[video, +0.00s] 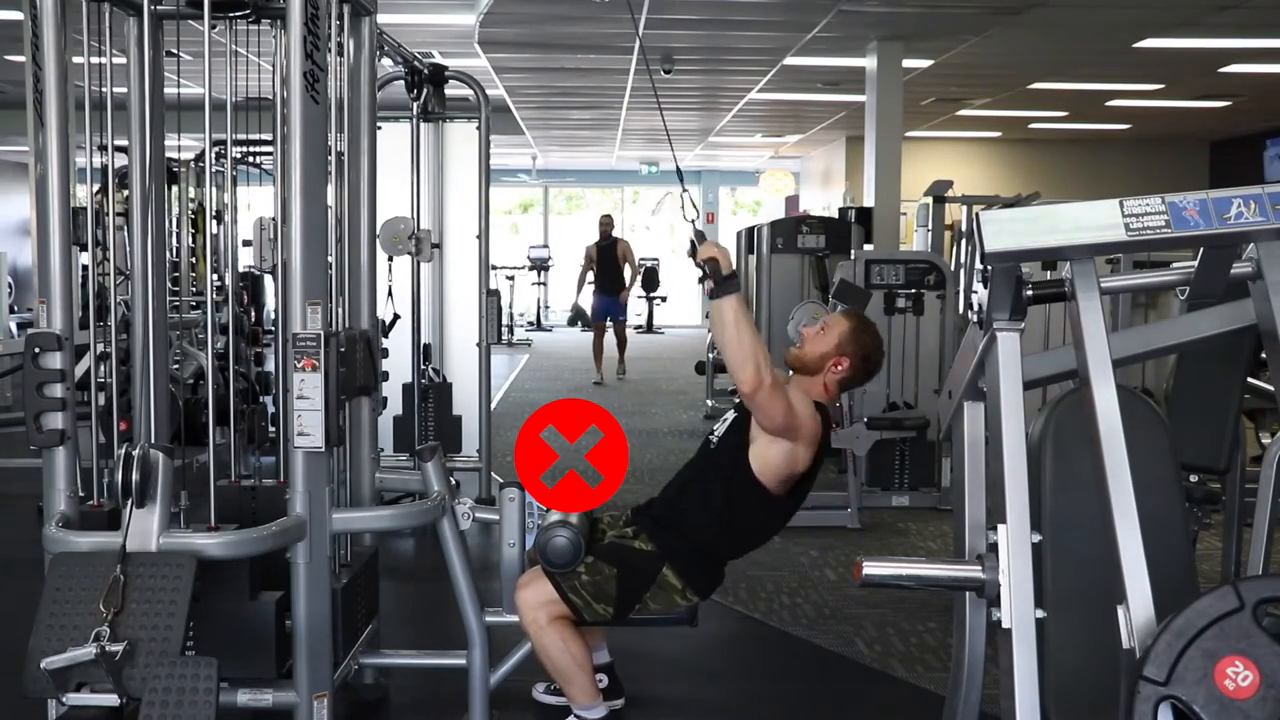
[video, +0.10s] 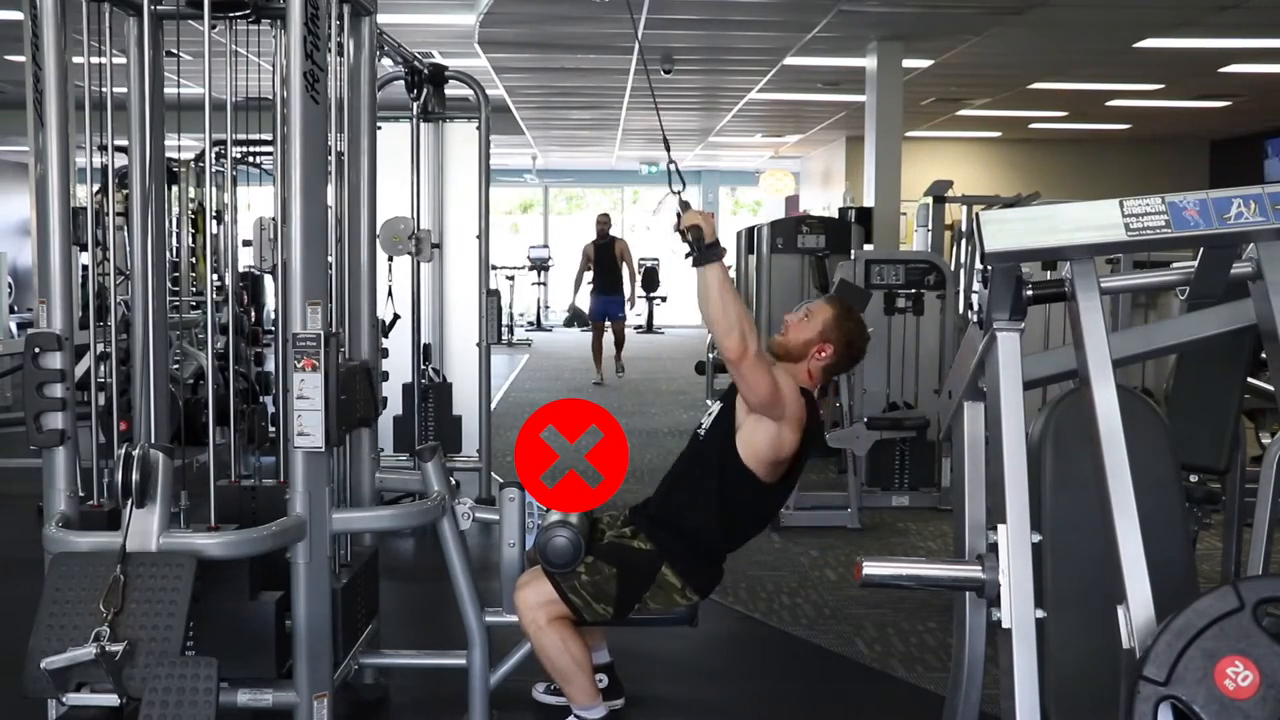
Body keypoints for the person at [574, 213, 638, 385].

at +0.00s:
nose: (604, 228)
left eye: (607, 225)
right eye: (602, 225)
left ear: (613, 226)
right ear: (598, 226)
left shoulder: (622, 245)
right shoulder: (592, 249)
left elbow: (634, 270)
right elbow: (583, 274)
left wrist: (628, 290)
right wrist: (577, 298)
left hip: (618, 296)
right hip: (600, 296)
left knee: (620, 333)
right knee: (598, 334)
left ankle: (621, 361)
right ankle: (598, 372)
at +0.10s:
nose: (602, 226)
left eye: (605, 223)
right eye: (599, 223)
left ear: (610, 225)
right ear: (595, 225)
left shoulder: (620, 244)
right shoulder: (589, 248)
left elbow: (631, 269)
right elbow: (580, 274)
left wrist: (632, 293)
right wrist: (574, 299)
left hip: (616, 296)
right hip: (597, 297)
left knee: (619, 332)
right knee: (597, 334)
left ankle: (618, 358)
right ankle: (598, 372)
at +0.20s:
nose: (601, 226)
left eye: (604, 223)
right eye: (598, 223)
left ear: (609, 225)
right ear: (594, 224)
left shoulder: (619, 244)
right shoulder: (587, 247)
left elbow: (630, 268)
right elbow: (577, 274)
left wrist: (635, 292)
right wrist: (571, 300)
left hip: (615, 296)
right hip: (596, 296)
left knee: (617, 332)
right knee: (596, 334)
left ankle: (615, 366)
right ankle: (598, 372)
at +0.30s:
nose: (600, 227)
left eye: (604, 224)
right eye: (597, 223)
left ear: (608, 226)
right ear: (593, 225)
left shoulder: (618, 245)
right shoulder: (586, 248)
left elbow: (629, 270)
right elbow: (575, 274)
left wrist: (635, 294)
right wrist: (569, 298)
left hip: (613, 295)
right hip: (595, 296)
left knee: (612, 333)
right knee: (596, 334)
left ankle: (612, 373)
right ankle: (599, 373)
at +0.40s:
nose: (600, 228)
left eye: (603, 225)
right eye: (597, 225)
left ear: (608, 227)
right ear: (593, 226)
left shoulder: (618, 247)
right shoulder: (585, 249)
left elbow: (628, 272)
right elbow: (574, 275)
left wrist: (634, 296)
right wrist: (569, 298)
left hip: (612, 298)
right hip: (594, 298)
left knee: (609, 336)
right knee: (596, 337)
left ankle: (605, 372)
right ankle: (600, 372)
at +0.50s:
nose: (601, 228)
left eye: (605, 225)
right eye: (599, 224)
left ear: (610, 227)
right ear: (594, 226)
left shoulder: (618, 248)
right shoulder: (586, 249)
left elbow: (628, 274)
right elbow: (574, 274)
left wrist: (632, 298)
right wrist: (569, 298)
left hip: (611, 298)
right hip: (593, 298)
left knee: (608, 337)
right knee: (594, 337)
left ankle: (605, 376)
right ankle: (597, 370)